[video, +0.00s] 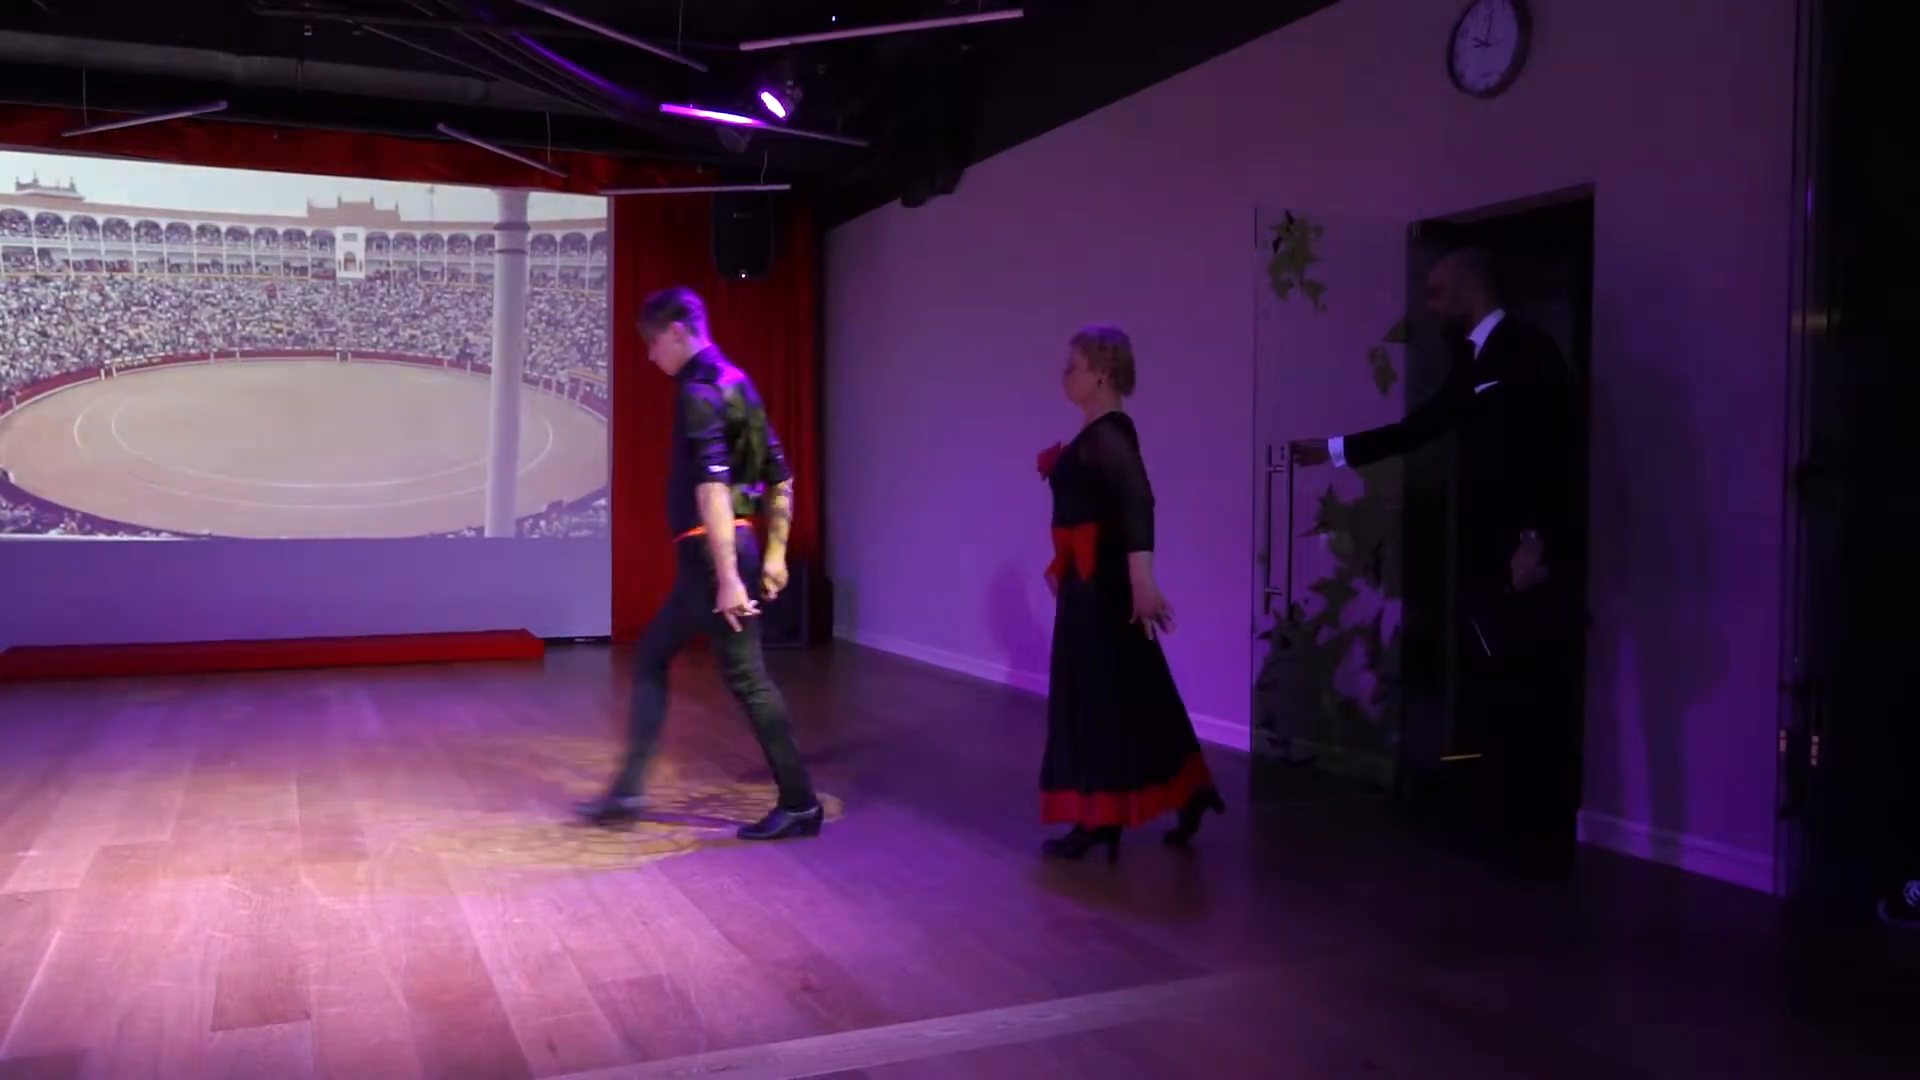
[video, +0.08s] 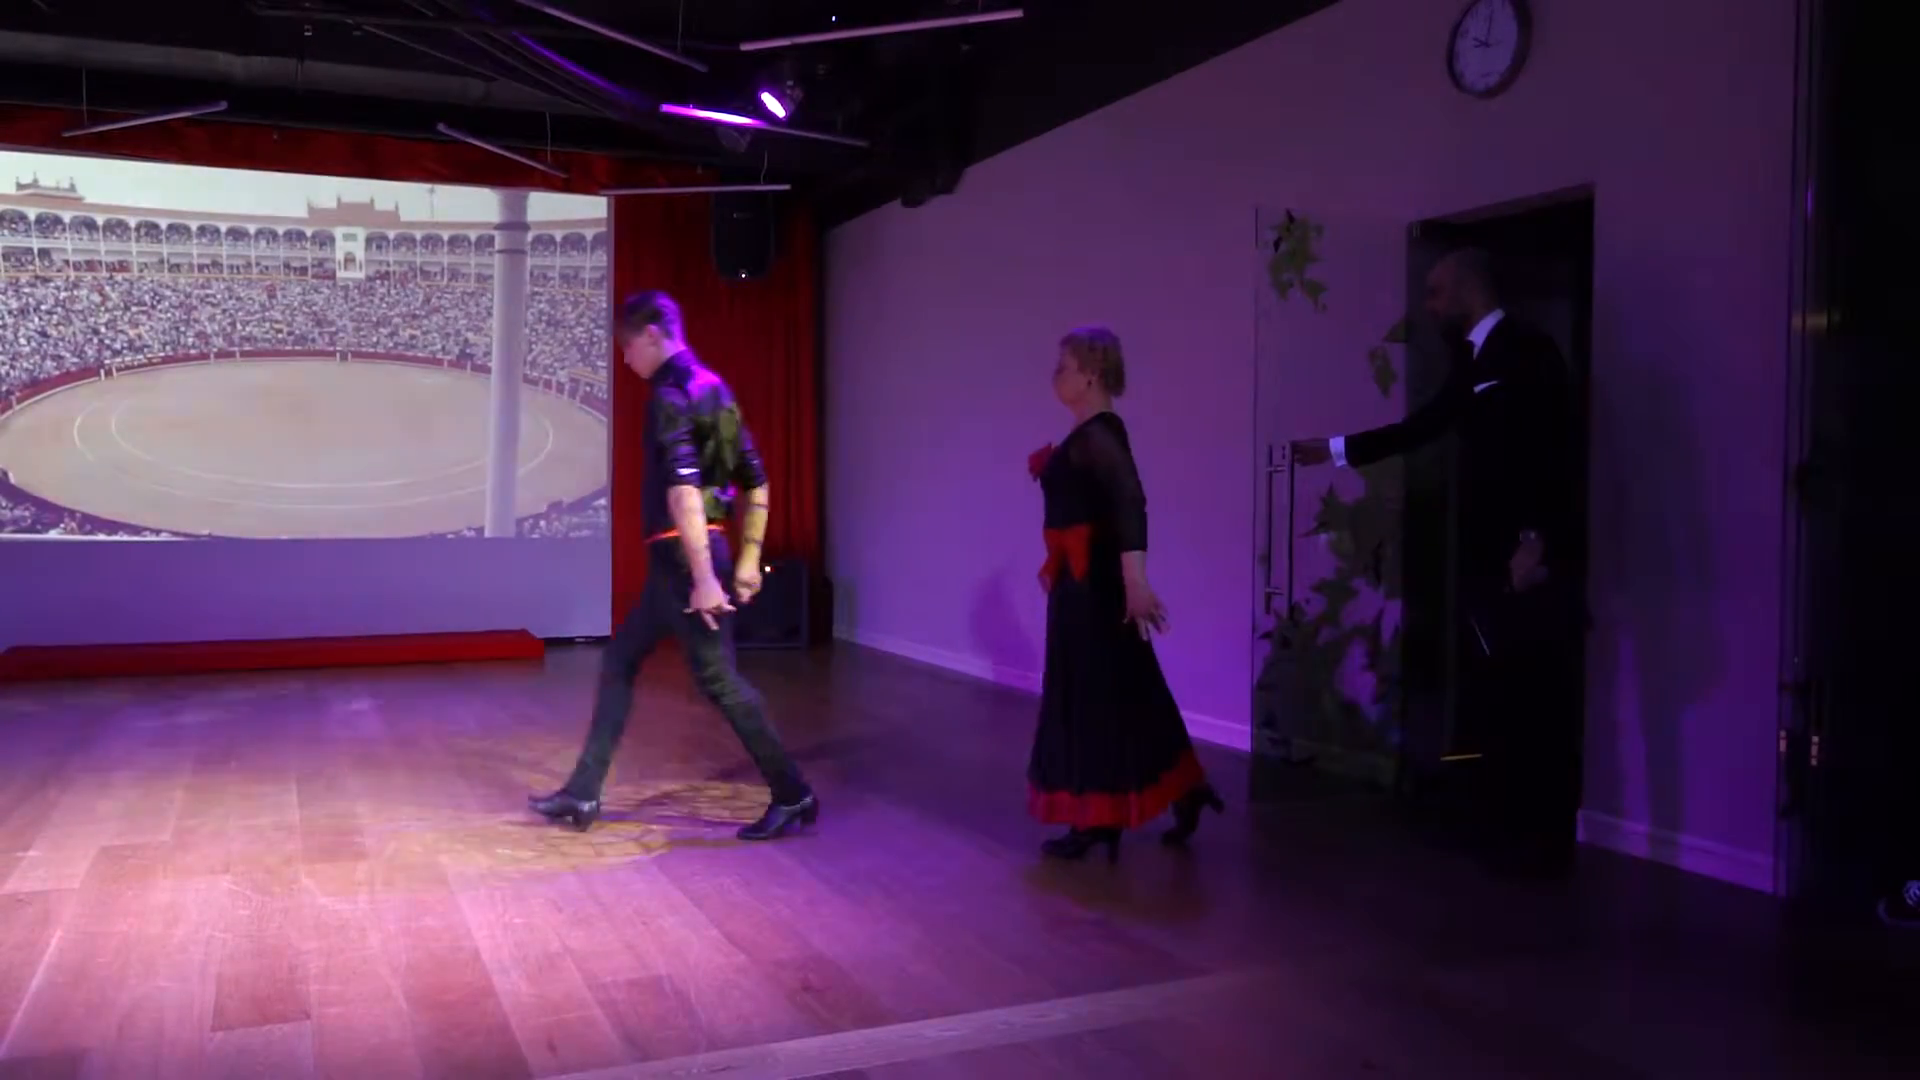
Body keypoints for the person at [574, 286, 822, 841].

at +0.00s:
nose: (652, 355)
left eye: (654, 342)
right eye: (650, 344)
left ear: (682, 331)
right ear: (688, 332)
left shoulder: (699, 391)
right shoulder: (737, 384)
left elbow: (714, 487)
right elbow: (779, 479)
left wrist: (728, 577)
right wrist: (775, 553)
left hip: (713, 555)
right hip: (727, 550)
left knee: (749, 680)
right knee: (653, 654)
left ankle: (800, 802)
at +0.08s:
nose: (626, 356)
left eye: (629, 344)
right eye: (624, 345)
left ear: (657, 334)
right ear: (666, 335)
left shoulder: (670, 395)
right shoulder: (713, 388)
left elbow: (685, 491)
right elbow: (754, 483)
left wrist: (704, 577)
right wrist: (750, 560)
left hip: (682, 558)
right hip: (695, 554)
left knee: (718, 679)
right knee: (620, 658)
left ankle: (792, 794)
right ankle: (583, 791)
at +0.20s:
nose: (589, 360)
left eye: (591, 347)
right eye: (587, 349)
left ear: (618, 335)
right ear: (629, 335)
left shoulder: (631, 391)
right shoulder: (674, 387)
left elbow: (645, 483)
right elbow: (711, 485)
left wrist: (666, 572)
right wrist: (698, 565)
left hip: (628, 556)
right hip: (644, 554)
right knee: (582, 667)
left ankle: (731, 764)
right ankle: (569, 798)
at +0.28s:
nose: (567, 360)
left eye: (568, 348)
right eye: (564, 349)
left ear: (593, 337)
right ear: (604, 336)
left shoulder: (610, 392)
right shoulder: (648, 386)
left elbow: (625, 482)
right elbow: (683, 487)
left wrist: (639, 568)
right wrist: (663, 564)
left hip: (597, 555)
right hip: (620, 552)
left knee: (547, 674)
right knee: (569, 676)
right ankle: (567, 799)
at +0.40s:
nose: (533, 362)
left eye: (536, 348)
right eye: (531, 350)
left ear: (562, 339)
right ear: (574, 339)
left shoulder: (580, 391)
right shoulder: (619, 388)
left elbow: (595, 481)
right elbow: (648, 487)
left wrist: (602, 563)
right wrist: (634, 564)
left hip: (557, 555)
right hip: (593, 559)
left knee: (479, 656)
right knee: (553, 675)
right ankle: (568, 800)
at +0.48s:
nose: (514, 362)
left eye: (516, 350)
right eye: (512, 351)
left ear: (544, 338)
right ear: (551, 338)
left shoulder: (560, 393)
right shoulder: (596, 388)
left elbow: (574, 483)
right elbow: (634, 484)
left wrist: (578, 566)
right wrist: (616, 561)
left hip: (537, 557)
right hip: (574, 557)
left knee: (464, 660)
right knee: (542, 675)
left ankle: (445, 794)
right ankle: (567, 801)